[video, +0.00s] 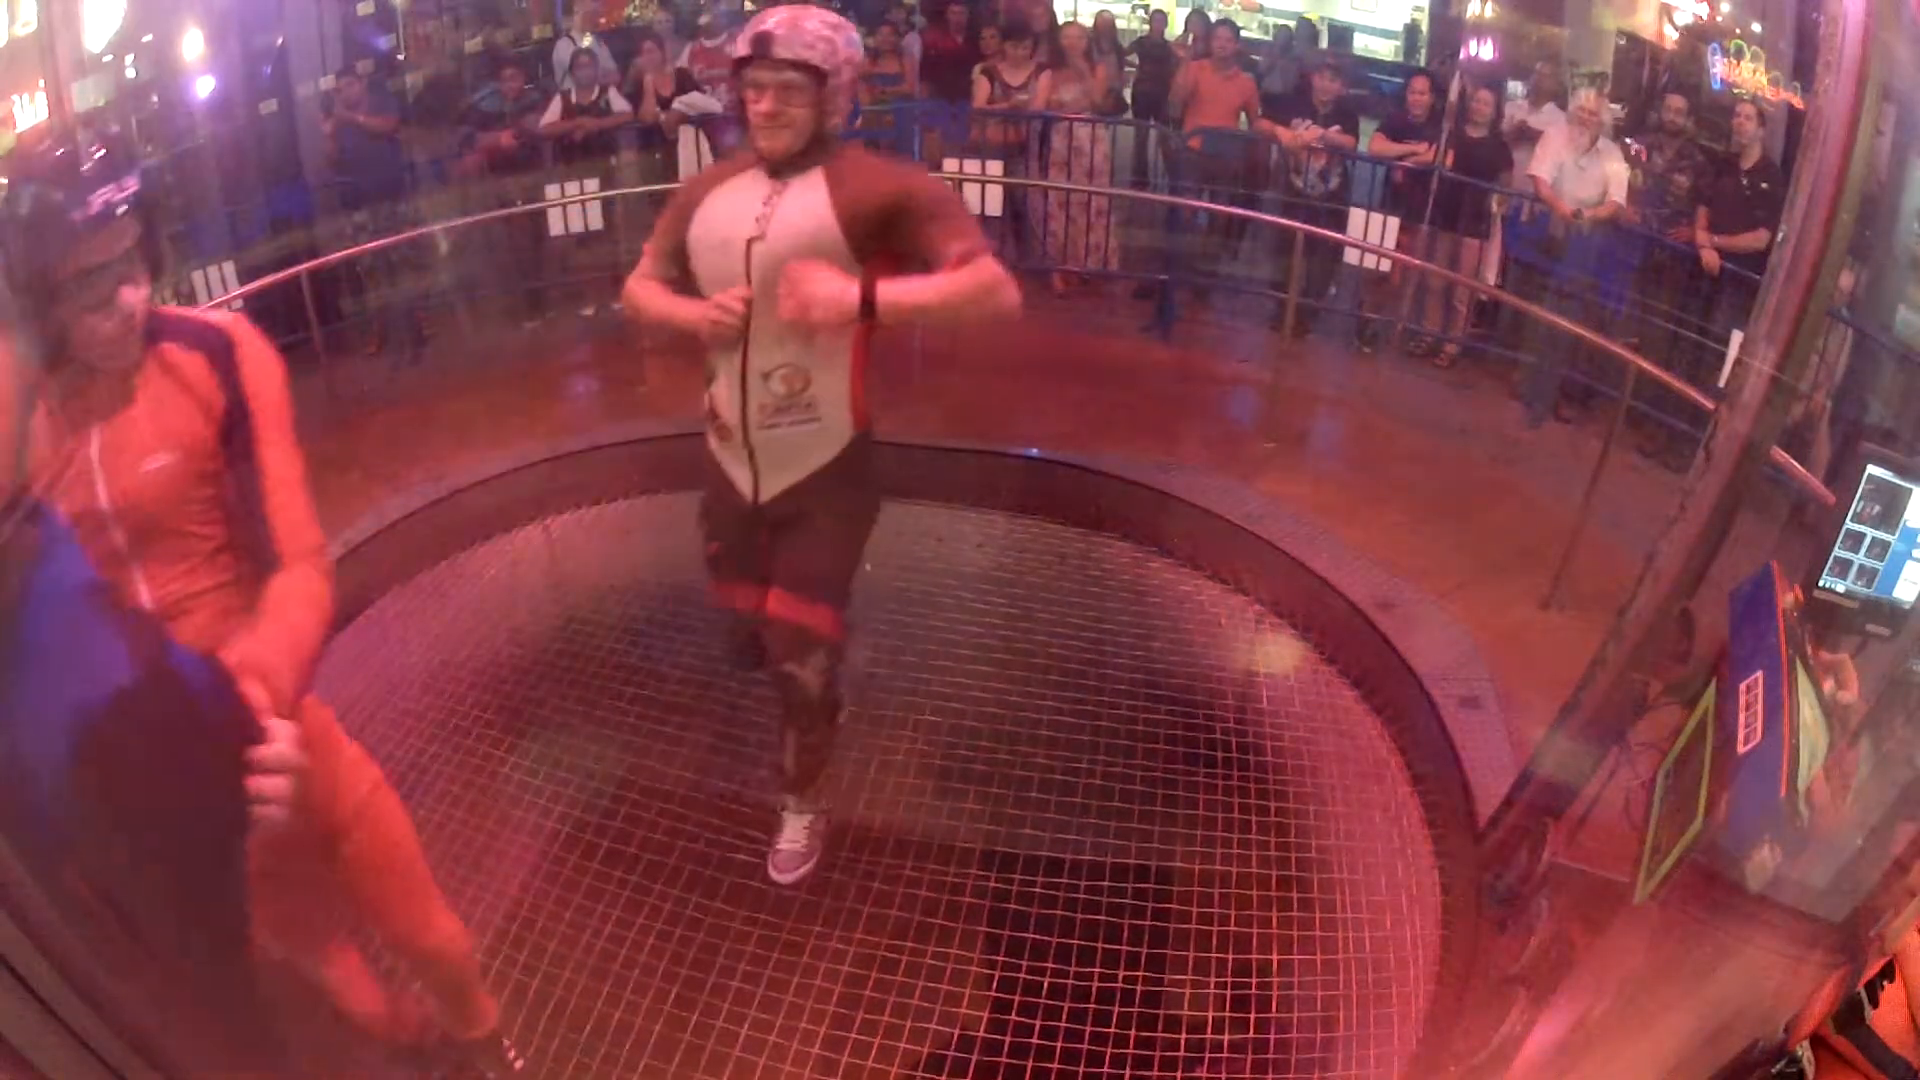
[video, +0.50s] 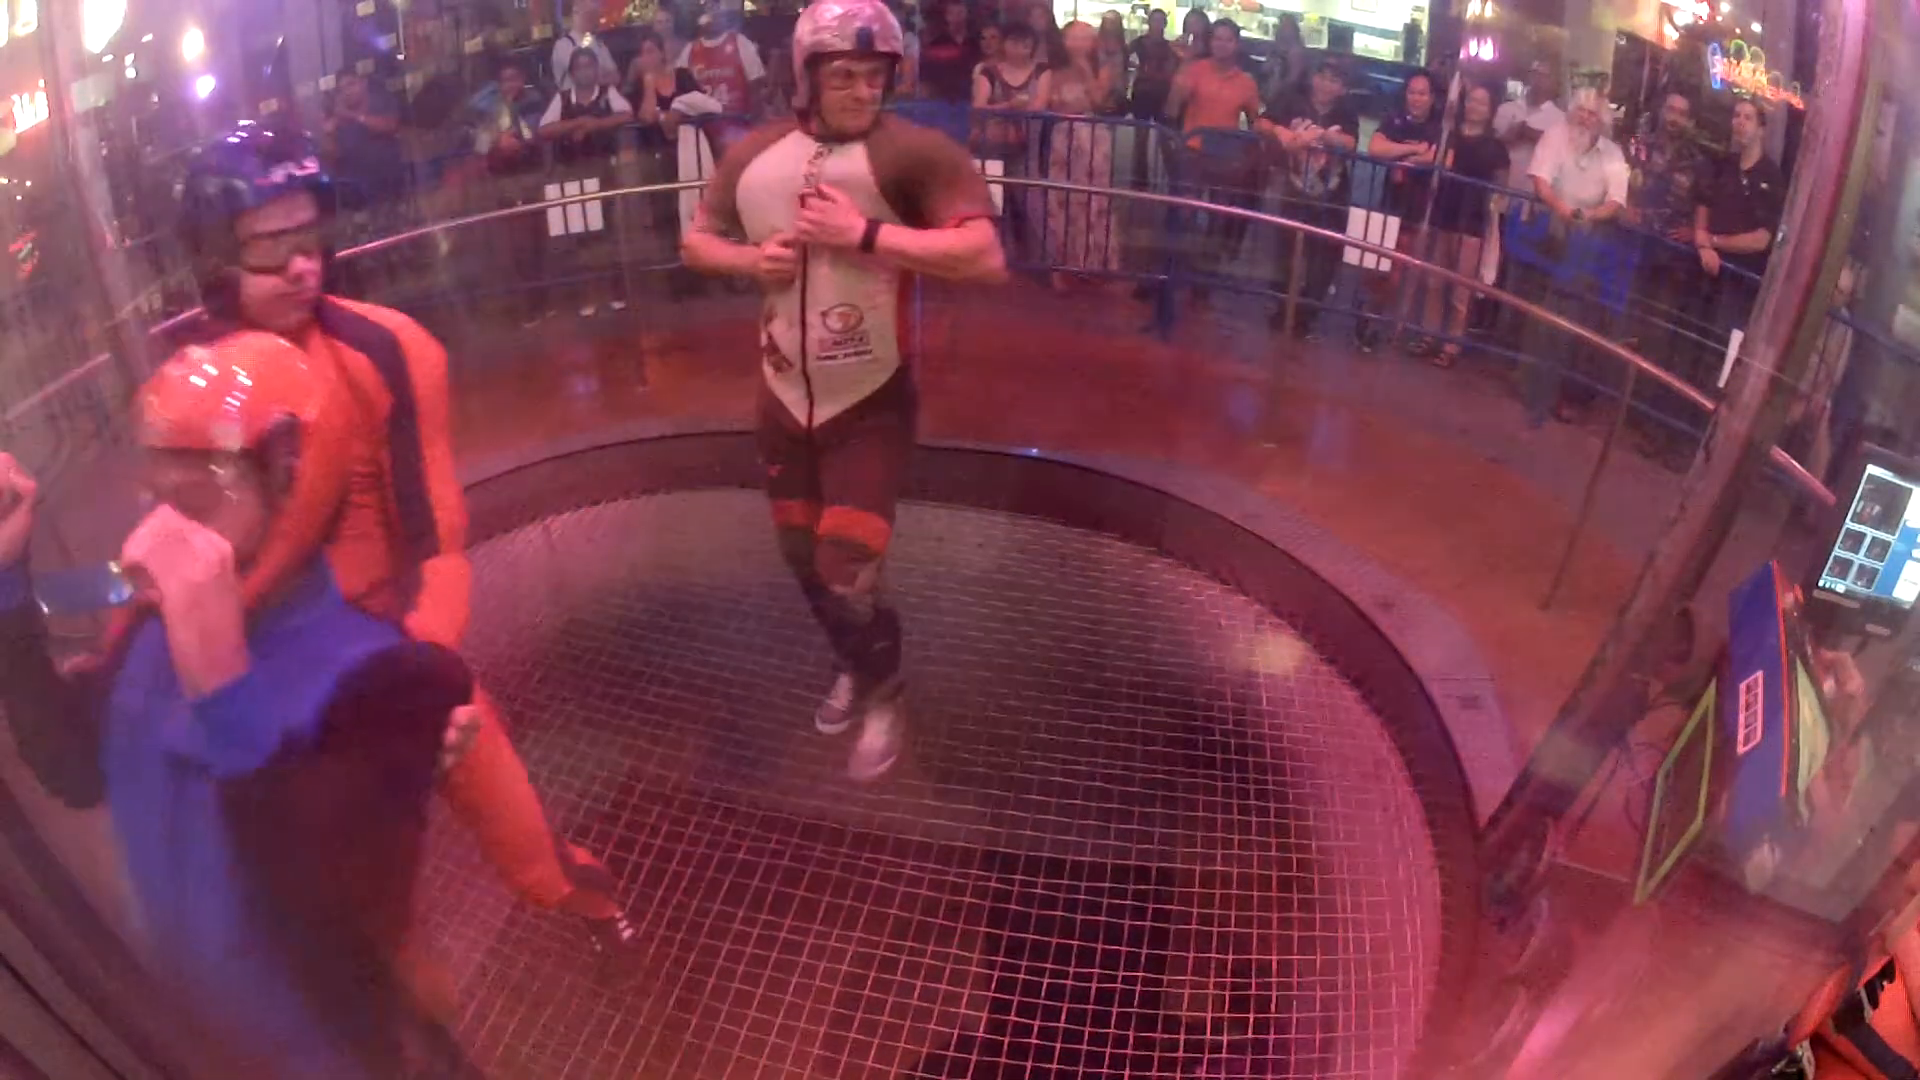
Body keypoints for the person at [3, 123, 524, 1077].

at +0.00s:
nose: (123, 303)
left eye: (130, 271)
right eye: (89, 289)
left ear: (146, 258)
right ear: (34, 304)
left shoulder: (223, 354)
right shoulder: (22, 416)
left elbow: (302, 565)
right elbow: (30, 608)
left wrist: (244, 700)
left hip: (259, 701)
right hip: (124, 729)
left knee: (430, 938)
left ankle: (488, 1046)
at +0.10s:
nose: (150, 287)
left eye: (158, 254)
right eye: (113, 269)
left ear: (176, 246)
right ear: (54, 283)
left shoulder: (246, 345)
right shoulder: (41, 404)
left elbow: (325, 562)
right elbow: (67, 629)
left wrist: (270, 709)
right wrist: (244, 733)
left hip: (287, 706)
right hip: (152, 738)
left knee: (498, 968)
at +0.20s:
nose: (186, 283)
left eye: (197, 252)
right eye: (152, 267)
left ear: (216, 239)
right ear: (94, 275)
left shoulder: (284, 352)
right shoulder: (77, 400)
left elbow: (355, 564)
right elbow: (68, 594)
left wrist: (318, 699)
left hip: (306, 670)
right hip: (173, 706)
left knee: (530, 945)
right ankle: (457, 1030)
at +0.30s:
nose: (227, 271)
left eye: (237, 242)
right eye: (195, 255)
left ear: (255, 235)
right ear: (133, 269)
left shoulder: (327, 350)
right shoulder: (127, 397)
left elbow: (390, 562)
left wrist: (353, 694)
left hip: (343, 656)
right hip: (220, 693)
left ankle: (537, 932)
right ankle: (443, 1025)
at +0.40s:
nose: (268, 263)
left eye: (277, 235)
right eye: (236, 247)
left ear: (294, 232)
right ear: (183, 258)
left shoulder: (365, 342)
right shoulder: (166, 380)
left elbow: (429, 541)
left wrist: (388, 674)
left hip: (363, 636)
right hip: (241, 655)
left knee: (429, 718)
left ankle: (532, 881)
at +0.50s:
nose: (299, 270)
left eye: (308, 242)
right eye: (269, 254)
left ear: (325, 236)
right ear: (213, 262)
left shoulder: (393, 353)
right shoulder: (192, 371)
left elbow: (440, 542)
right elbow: (184, 525)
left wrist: (418, 662)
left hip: (383, 607)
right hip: (258, 626)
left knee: (452, 704)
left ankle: (544, 878)